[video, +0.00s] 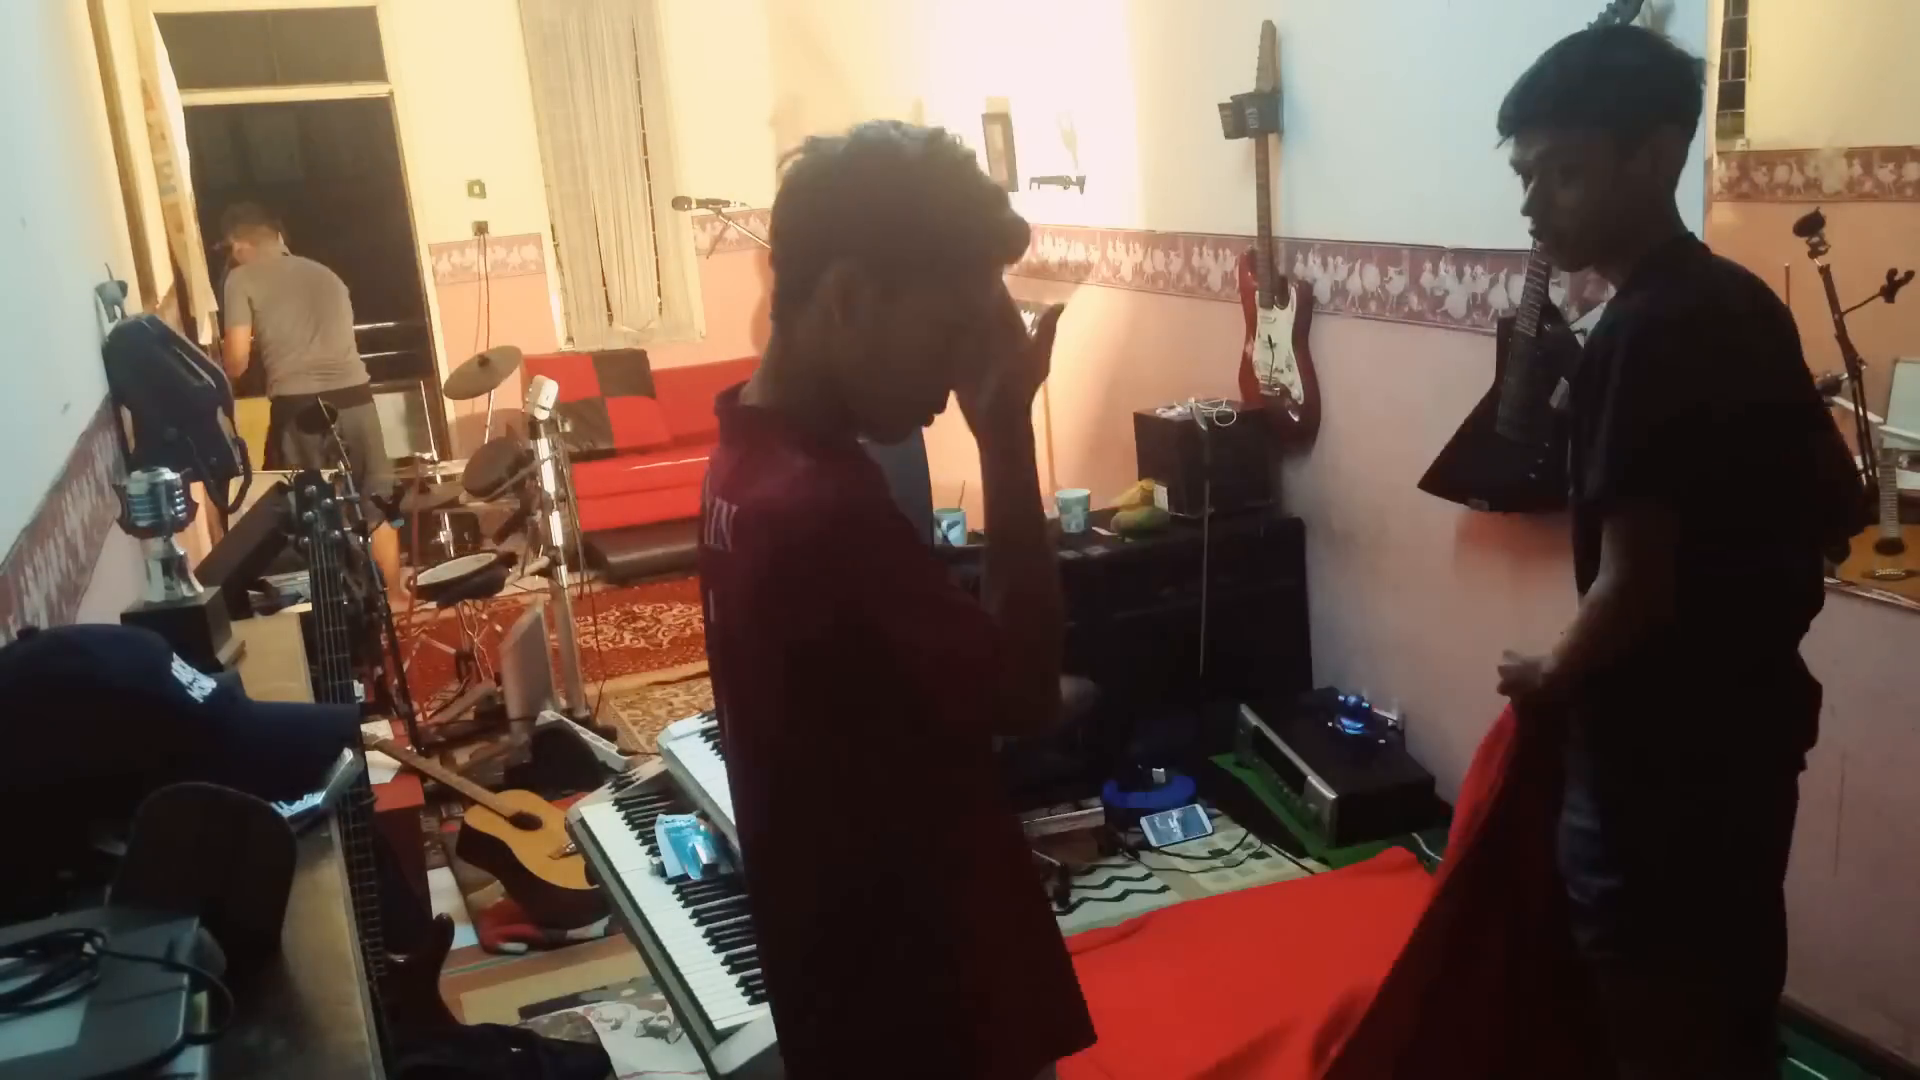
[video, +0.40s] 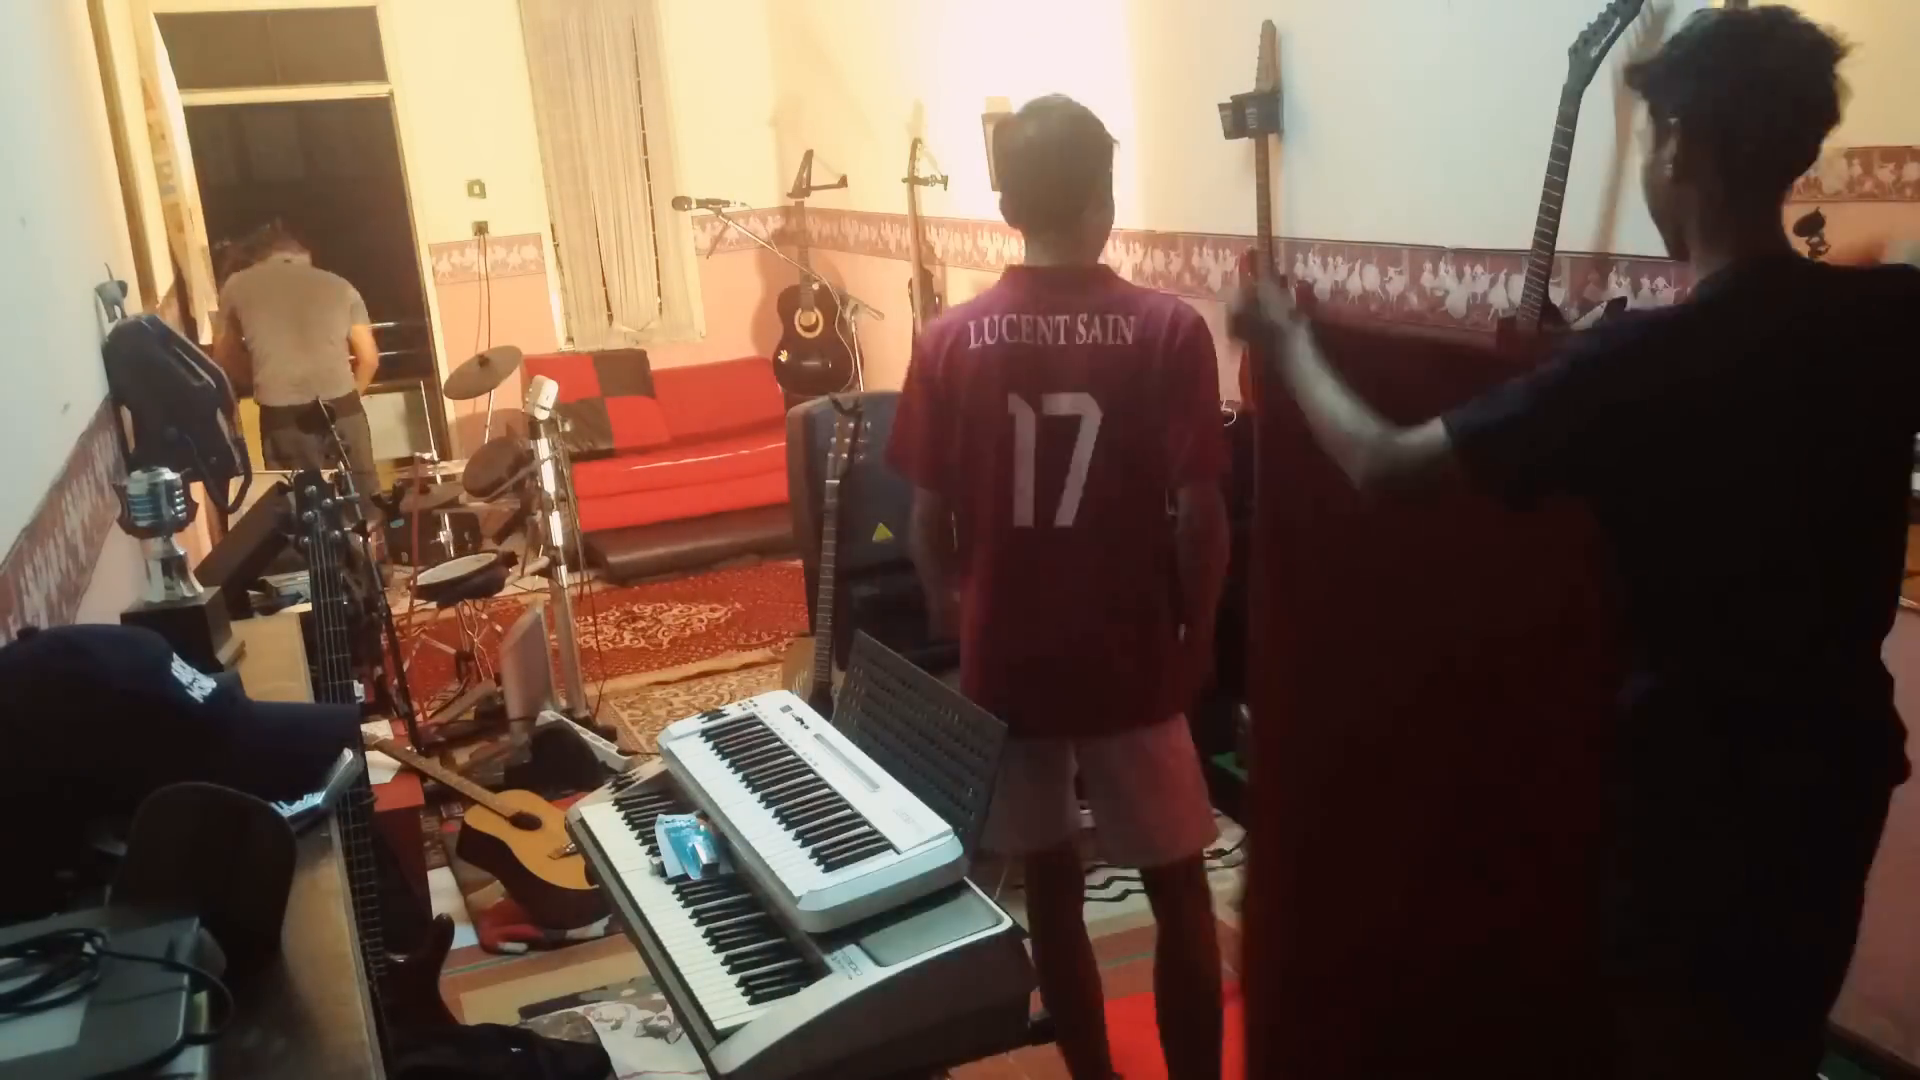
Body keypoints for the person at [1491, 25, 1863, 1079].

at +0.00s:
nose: (1533, 204)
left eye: (1554, 172)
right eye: (1525, 177)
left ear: (1651, 156)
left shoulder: (1641, 329)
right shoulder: (1745, 304)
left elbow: (1637, 586)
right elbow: (1840, 501)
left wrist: (1549, 673)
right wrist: (1721, 615)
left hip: (1655, 722)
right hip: (1751, 708)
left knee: (1649, 1010)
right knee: (1725, 998)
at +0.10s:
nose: (1520, 190)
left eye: (1543, 161)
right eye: (1519, 166)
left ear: (1643, 154)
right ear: (1632, 162)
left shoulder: (1633, 329)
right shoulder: (1748, 310)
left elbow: (1613, 585)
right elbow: (1816, 515)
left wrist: (1526, 587)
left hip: (1642, 731)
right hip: (1740, 714)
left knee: (1637, 1015)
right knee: (1719, 1004)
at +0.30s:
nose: (1551, 183)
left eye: (1549, 150)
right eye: (1548, 151)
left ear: (1578, 155)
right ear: (1691, 145)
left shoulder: (1588, 352)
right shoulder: (1813, 301)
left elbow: (1545, 543)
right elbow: (1835, 524)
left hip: (1625, 700)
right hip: (1772, 695)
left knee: (1617, 958)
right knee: (1750, 971)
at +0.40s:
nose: (1639, 161)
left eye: (1643, 132)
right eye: (1642, 132)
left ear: (1679, 150)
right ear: (1797, 148)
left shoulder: (1638, 358)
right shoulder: (1887, 319)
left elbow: (1381, 464)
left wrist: (1281, 334)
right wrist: (1600, 343)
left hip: (1691, 747)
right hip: (1847, 739)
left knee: (1666, 1026)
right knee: (1787, 1027)